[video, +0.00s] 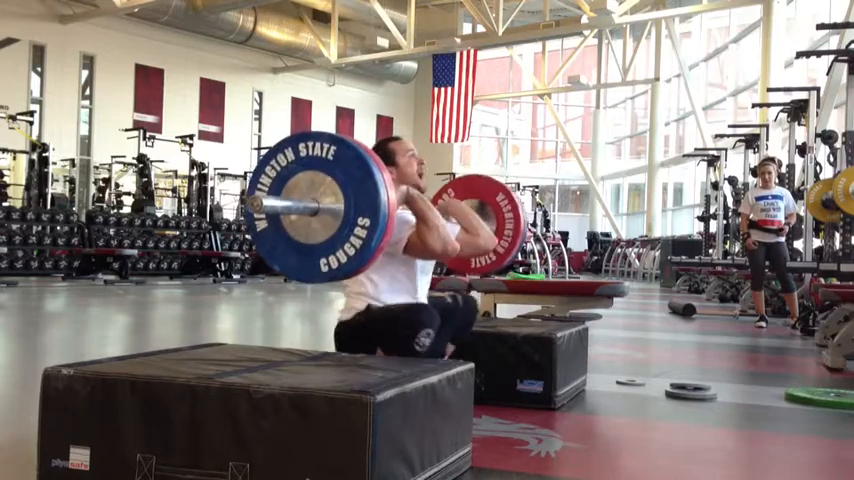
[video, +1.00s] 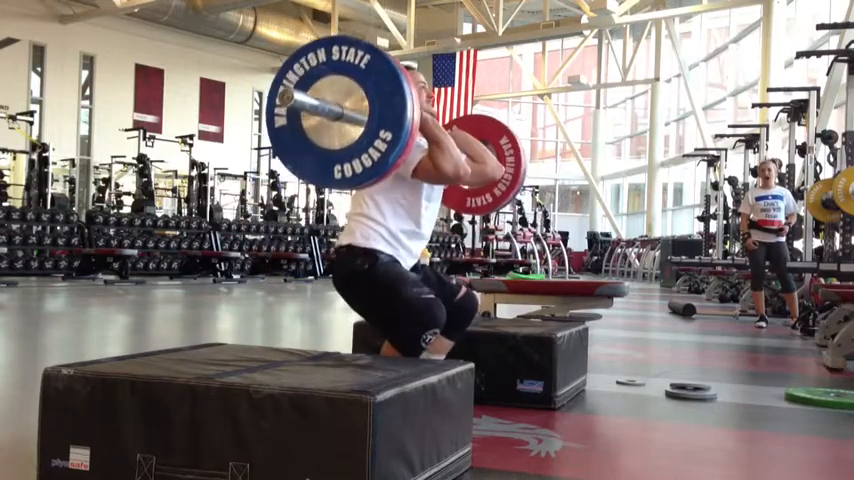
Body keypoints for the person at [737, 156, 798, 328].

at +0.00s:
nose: (766, 176)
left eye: (769, 173)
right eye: (763, 173)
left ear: (775, 174)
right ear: (758, 175)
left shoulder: (784, 193)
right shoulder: (751, 194)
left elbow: (792, 214)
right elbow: (744, 217)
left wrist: (787, 224)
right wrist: (746, 236)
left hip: (777, 240)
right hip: (757, 239)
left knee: (785, 275)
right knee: (757, 277)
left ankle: (795, 317)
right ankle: (761, 315)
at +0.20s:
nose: (766, 176)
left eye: (769, 173)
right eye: (763, 173)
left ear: (775, 174)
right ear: (758, 175)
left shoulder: (784, 193)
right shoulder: (751, 194)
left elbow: (792, 214)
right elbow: (744, 217)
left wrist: (787, 224)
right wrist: (746, 236)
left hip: (777, 240)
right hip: (757, 239)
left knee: (785, 275)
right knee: (757, 277)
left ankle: (795, 317)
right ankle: (761, 315)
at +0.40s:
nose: (765, 174)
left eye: (769, 171)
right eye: (762, 172)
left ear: (775, 173)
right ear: (758, 174)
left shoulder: (784, 193)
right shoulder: (751, 194)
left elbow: (792, 214)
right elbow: (744, 216)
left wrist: (787, 224)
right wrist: (746, 236)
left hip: (777, 239)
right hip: (757, 239)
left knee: (784, 275)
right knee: (757, 277)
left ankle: (795, 317)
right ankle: (761, 315)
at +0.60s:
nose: (766, 174)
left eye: (769, 170)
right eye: (763, 171)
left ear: (775, 173)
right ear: (759, 174)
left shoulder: (784, 193)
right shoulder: (751, 194)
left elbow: (792, 214)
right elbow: (744, 216)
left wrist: (787, 224)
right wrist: (746, 236)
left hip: (777, 239)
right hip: (757, 239)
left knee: (784, 275)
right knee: (757, 276)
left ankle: (795, 317)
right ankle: (761, 315)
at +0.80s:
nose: (766, 174)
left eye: (769, 170)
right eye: (763, 171)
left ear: (775, 173)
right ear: (759, 174)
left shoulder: (784, 193)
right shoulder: (751, 194)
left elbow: (792, 214)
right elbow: (744, 216)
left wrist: (788, 224)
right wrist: (746, 235)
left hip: (777, 239)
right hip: (757, 239)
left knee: (785, 275)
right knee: (757, 277)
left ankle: (795, 317)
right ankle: (761, 315)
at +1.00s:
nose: (766, 173)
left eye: (769, 170)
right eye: (763, 170)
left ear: (775, 173)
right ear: (759, 173)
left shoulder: (784, 193)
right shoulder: (751, 193)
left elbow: (792, 214)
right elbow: (744, 216)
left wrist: (788, 224)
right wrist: (746, 236)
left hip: (777, 239)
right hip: (757, 239)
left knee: (784, 275)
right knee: (757, 277)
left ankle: (795, 317)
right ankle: (761, 315)